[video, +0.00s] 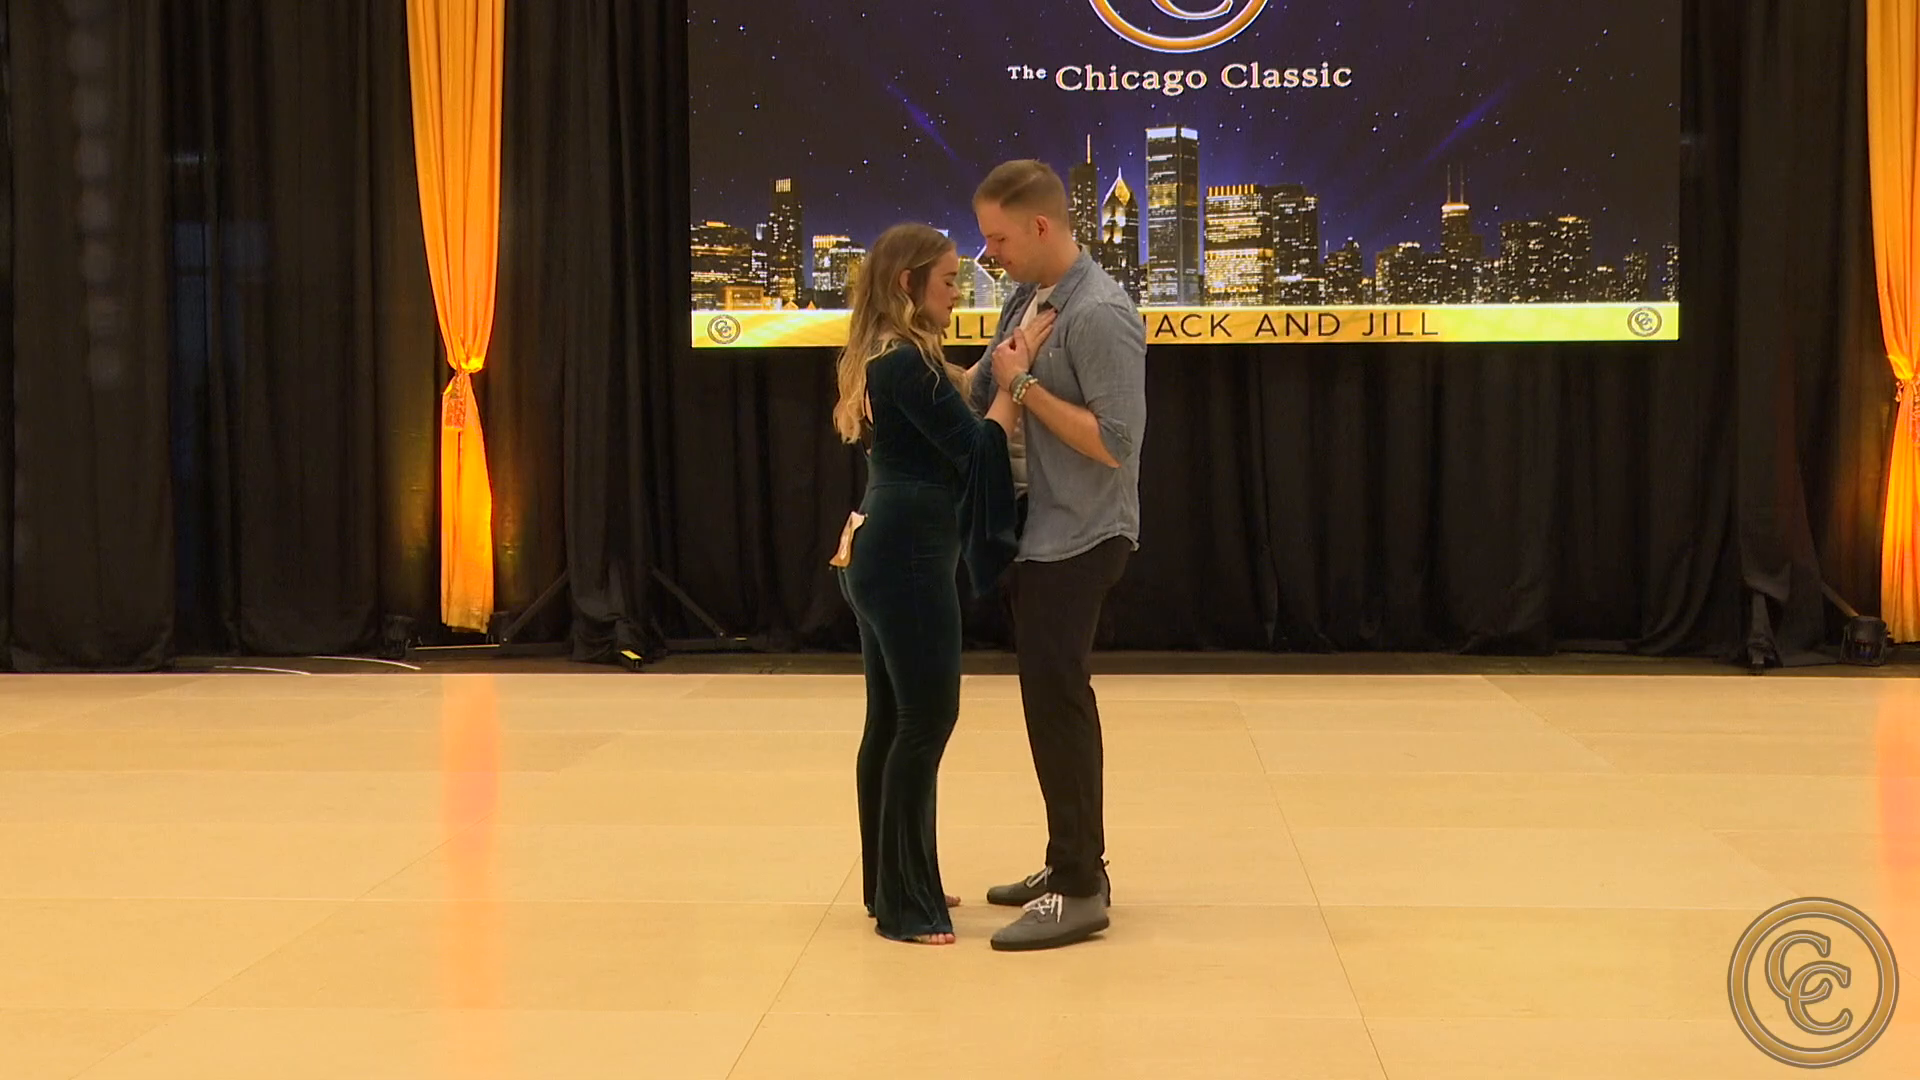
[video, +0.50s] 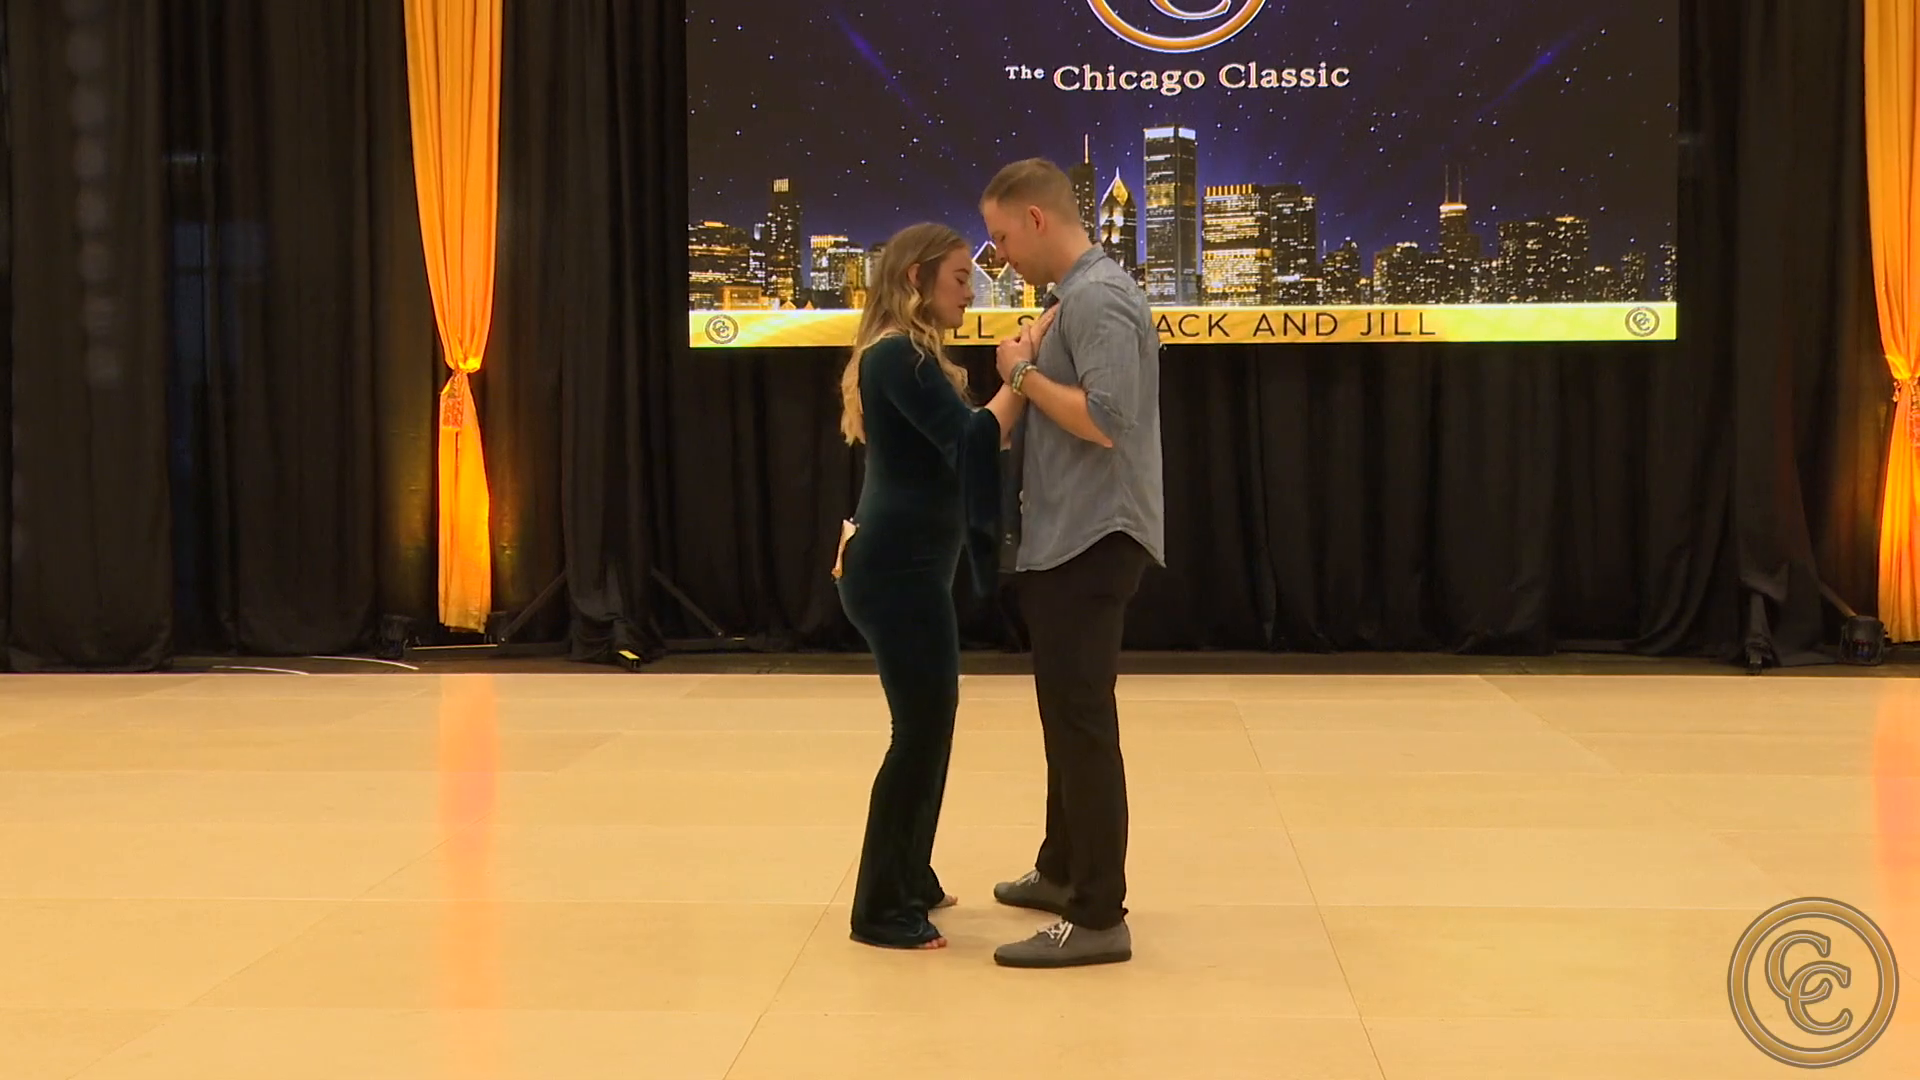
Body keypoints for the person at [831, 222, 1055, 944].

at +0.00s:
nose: (957, 290)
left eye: (958, 279)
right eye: (950, 278)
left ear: (913, 282)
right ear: (912, 281)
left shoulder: (907, 354)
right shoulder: (902, 362)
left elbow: (961, 410)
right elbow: (973, 451)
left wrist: (1003, 361)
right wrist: (1012, 380)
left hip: (886, 555)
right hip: (909, 559)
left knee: (888, 724)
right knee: (927, 722)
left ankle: (888, 887)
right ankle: (906, 901)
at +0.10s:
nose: (961, 294)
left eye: (962, 282)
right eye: (954, 281)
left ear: (915, 284)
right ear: (916, 283)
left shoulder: (904, 355)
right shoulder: (903, 363)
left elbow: (963, 403)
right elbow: (974, 453)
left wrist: (1009, 355)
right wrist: (1008, 389)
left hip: (883, 561)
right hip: (906, 564)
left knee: (891, 723)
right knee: (939, 715)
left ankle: (890, 886)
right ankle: (901, 900)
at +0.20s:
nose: (964, 295)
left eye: (965, 284)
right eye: (956, 282)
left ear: (919, 285)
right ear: (918, 282)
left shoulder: (907, 356)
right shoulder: (903, 362)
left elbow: (957, 416)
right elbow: (975, 449)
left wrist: (1007, 364)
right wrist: (1013, 385)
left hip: (886, 565)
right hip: (908, 569)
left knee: (892, 724)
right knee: (938, 718)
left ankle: (896, 887)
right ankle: (894, 904)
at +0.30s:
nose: (968, 295)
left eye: (969, 283)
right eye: (961, 282)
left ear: (923, 282)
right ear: (922, 279)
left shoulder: (909, 355)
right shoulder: (903, 360)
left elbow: (956, 428)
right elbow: (971, 446)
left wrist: (1009, 375)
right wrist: (1014, 380)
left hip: (891, 568)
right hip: (911, 574)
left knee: (897, 728)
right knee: (929, 728)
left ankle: (898, 890)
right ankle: (889, 910)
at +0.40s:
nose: (970, 295)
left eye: (971, 281)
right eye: (963, 281)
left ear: (925, 280)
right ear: (923, 278)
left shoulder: (913, 353)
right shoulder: (899, 356)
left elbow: (972, 444)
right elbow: (969, 442)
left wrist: (1014, 379)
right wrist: (1020, 377)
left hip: (912, 563)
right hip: (907, 568)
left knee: (916, 726)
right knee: (926, 729)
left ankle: (905, 883)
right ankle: (884, 910)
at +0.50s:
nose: (970, 290)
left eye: (971, 278)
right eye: (960, 277)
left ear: (931, 279)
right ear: (920, 277)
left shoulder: (923, 356)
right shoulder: (894, 355)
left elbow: (975, 446)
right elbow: (962, 440)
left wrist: (1018, 375)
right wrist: (1015, 375)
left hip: (921, 567)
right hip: (894, 571)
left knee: (933, 729)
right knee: (920, 733)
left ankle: (910, 883)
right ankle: (879, 911)